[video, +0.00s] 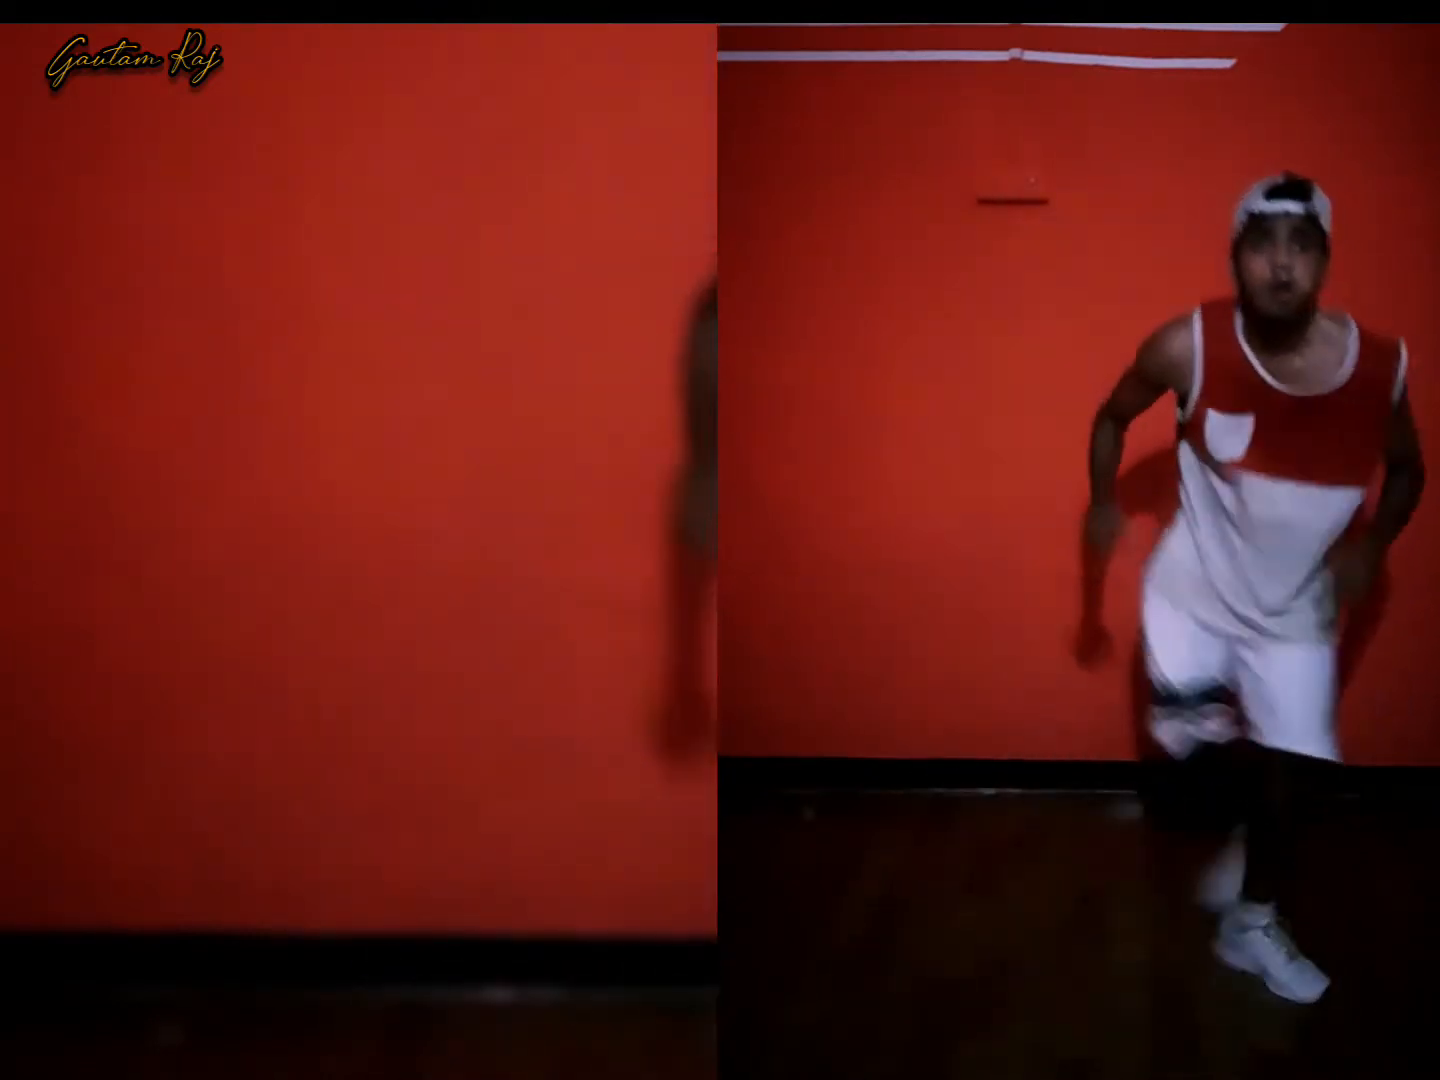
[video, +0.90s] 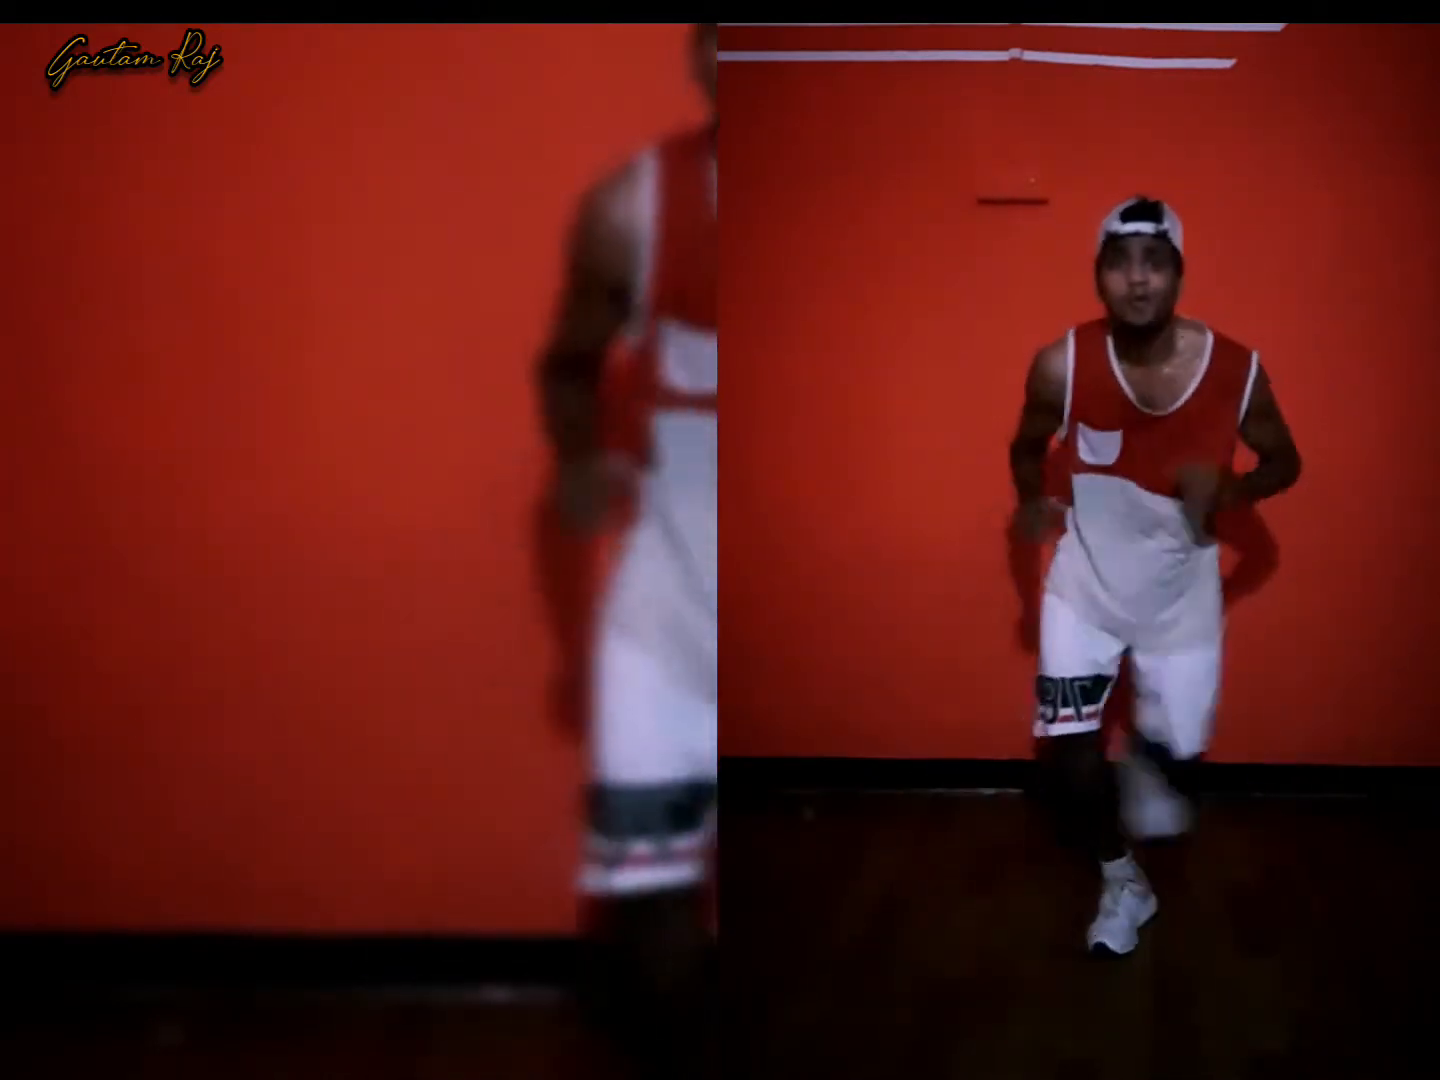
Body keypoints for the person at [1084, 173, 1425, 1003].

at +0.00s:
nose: (1280, 263)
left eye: (1299, 245)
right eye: (1262, 244)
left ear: (1325, 262)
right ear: (1235, 260)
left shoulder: (1377, 366)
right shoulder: (1188, 348)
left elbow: (1407, 471)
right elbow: (1112, 419)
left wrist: (1367, 547)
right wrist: (1102, 504)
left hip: (1295, 615)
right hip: (1192, 597)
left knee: (1296, 775)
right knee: (1198, 768)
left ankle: (1253, 919)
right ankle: (1233, 845)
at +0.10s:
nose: (1242, 253)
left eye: (1261, 235)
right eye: (1225, 233)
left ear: (1286, 249)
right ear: (1198, 247)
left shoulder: (1358, 343)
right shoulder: (1169, 348)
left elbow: (1407, 423)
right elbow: (1119, 452)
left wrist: (1369, 534)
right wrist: (1073, 468)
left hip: (1280, 570)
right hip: (1184, 546)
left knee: (1263, 738)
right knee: (1148, 706)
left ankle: (1268, 890)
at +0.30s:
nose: (1209, 253)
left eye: (1227, 237)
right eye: (1192, 236)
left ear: (1251, 250)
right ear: (1167, 249)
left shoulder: (1311, 347)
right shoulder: (1126, 342)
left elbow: (1373, 431)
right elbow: (1050, 430)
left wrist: (1344, 494)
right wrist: (1051, 543)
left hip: (1271, 568)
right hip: (1165, 544)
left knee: (1282, 742)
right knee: (1103, 695)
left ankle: (1270, 888)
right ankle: (1077, 873)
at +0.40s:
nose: (1207, 263)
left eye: (1223, 245)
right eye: (1189, 246)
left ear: (1247, 259)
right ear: (1163, 260)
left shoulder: (1293, 363)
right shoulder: (1114, 348)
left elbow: (1292, 507)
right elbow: (1045, 413)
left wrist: (1303, 449)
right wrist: (1054, 508)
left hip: (1255, 554)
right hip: (1150, 546)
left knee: (1290, 706)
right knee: (1127, 711)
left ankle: (1239, 812)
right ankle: (1135, 875)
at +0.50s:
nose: (1191, 274)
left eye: (1208, 257)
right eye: (1174, 256)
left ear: (1231, 272)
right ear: (1148, 269)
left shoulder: (1264, 372)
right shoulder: (1094, 354)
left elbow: (1261, 531)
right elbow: (1039, 406)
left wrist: (1275, 426)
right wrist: (1047, 503)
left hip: (1231, 578)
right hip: (1128, 573)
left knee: (1250, 729)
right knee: (1118, 745)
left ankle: (1172, 781)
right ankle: (1133, 885)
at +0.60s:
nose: (1157, 270)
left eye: (1174, 254)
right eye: (1140, 253)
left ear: (1199, 269)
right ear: (1117, 268)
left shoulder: (1250, 368)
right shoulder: (1080, 359)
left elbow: (1283, 478)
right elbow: (1036, 429)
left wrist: (1238, 485)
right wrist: (1025, 524)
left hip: (1192, 592)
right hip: (1102, 577)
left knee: (1165, 752)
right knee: (1076, 740)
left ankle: (1062, 792)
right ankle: (1128, 881)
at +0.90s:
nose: (1138, 280)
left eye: (1155, 263)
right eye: (1121, 263)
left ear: (1179, 276)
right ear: (1099, 277)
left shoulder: (1233, 371)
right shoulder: (1064, 365)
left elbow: (1284, 463)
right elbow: (1028, 445)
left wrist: (1229, 491)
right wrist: (1033, 498)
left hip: (1181, 593)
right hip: (1084, 586)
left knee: (1177, 770)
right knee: (1067, 749)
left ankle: (1136, 768)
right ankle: (1121, 882)